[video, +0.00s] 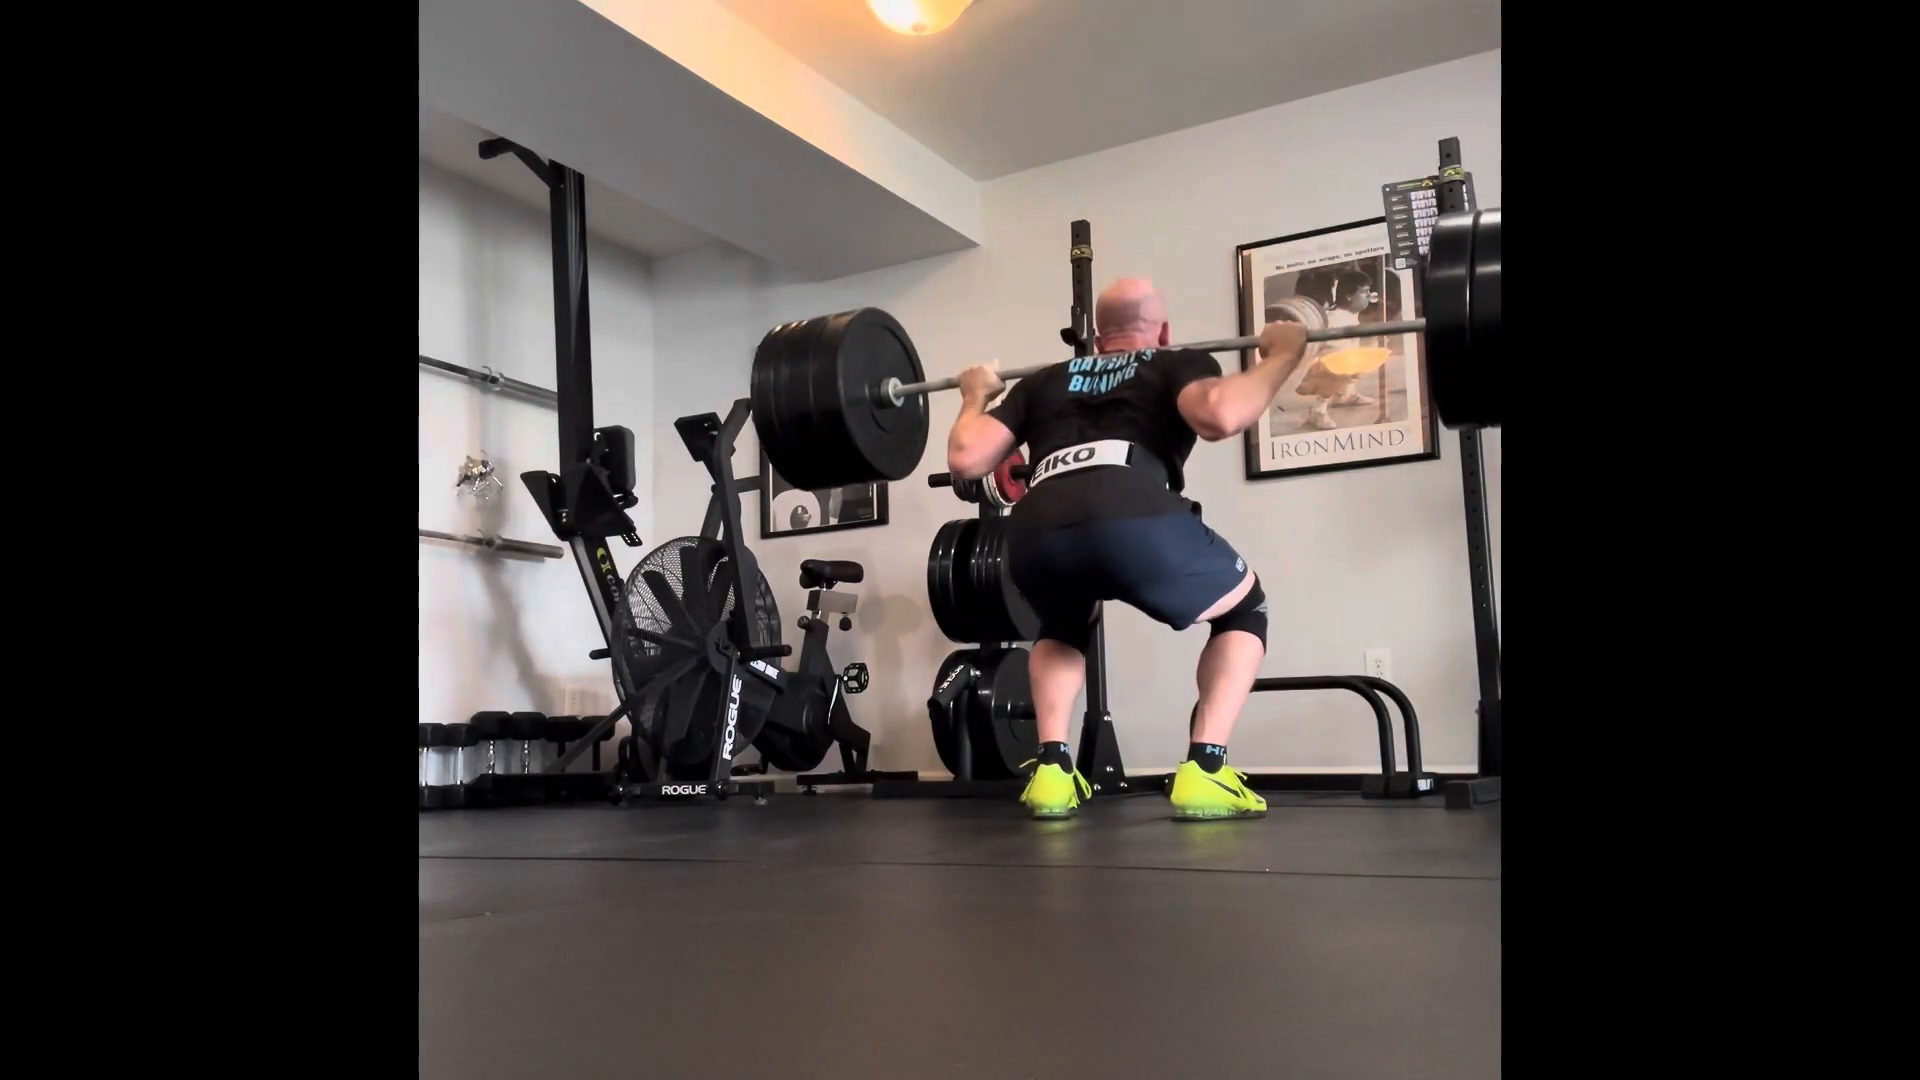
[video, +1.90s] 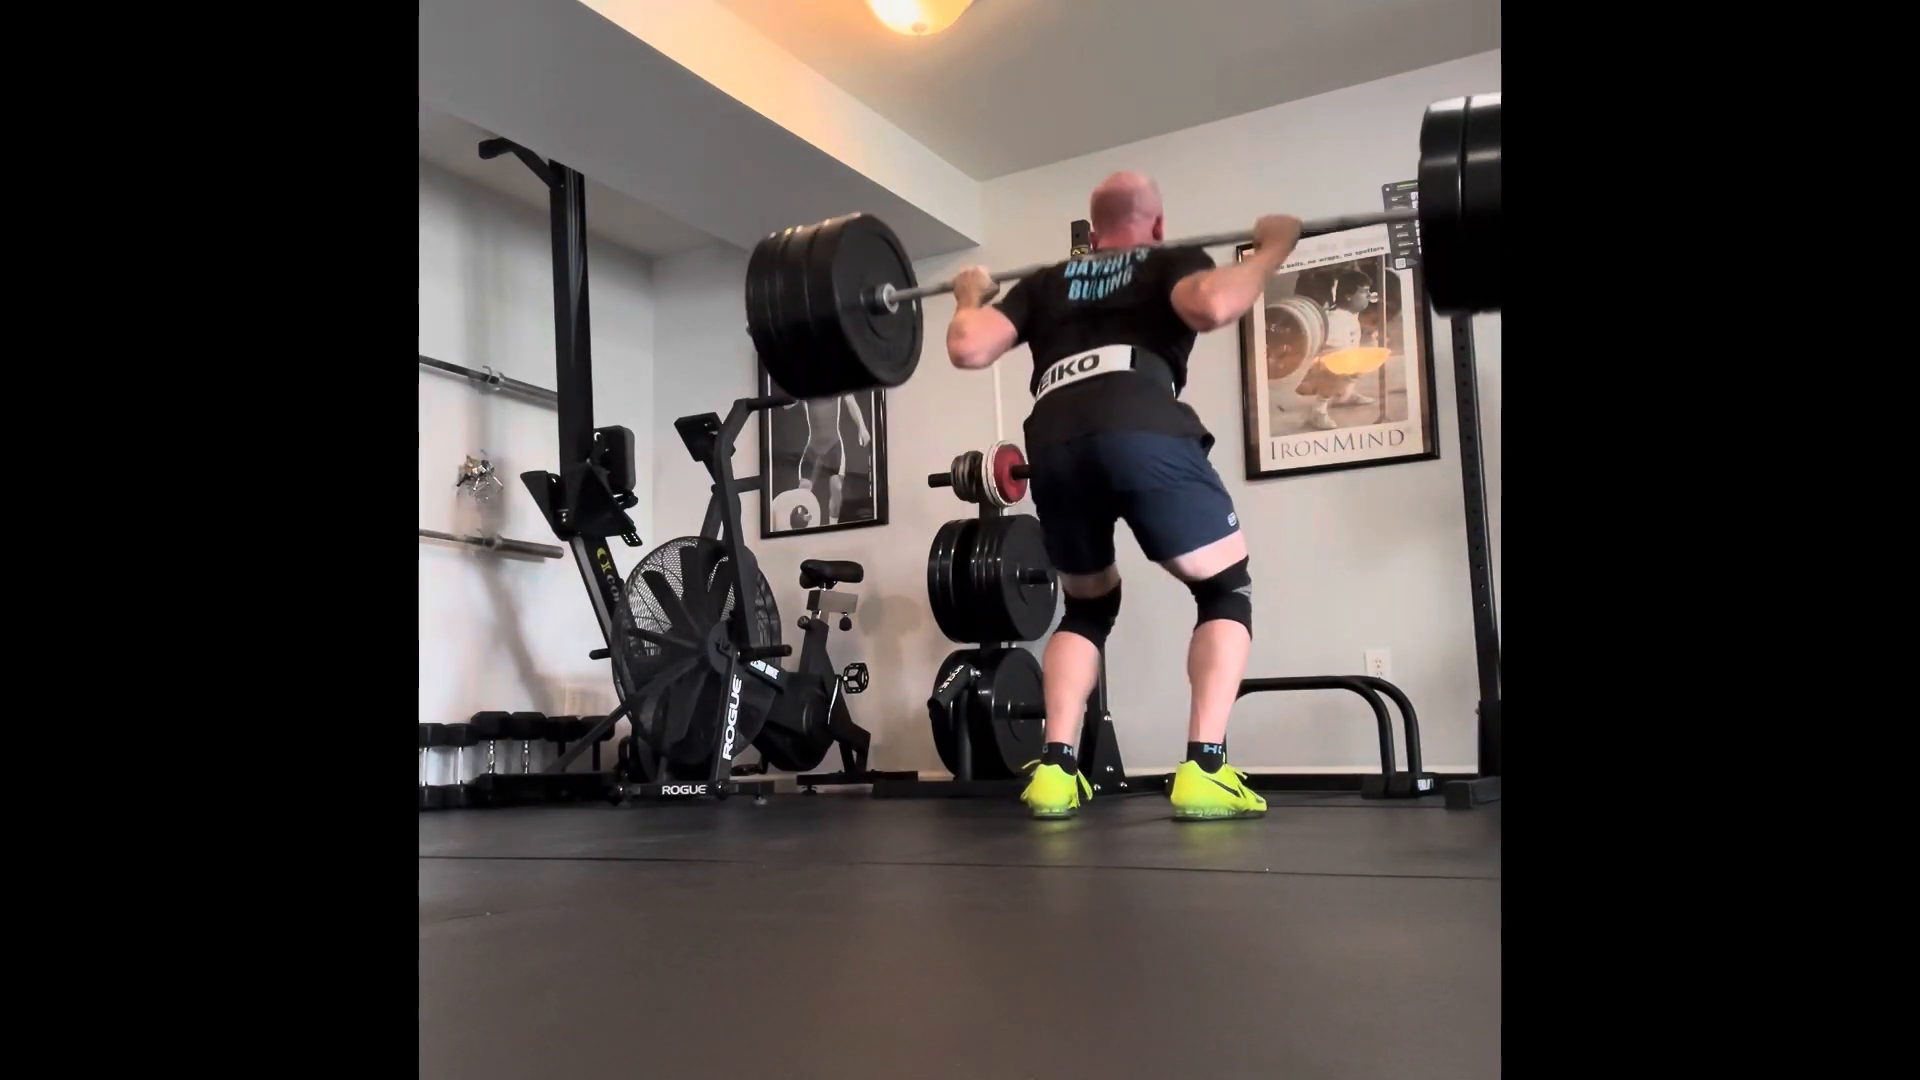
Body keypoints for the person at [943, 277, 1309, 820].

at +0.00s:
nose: (1164, 332)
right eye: (1163, 326)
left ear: (1096, 334)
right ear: (1159, 331)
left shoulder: (1043, 381)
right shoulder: (1174, 363)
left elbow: (965, 459)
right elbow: (1220, 416)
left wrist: (972, 397)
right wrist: (1281, 357)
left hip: (1036, 523)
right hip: (1130, 509)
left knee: (1061, 627)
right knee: (1242, 609)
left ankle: (1051, 768)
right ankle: (1206, 766)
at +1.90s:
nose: (1159, 228)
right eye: (1158, 220)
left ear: (1089, 227)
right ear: (1156, 225)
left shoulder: (1045, 282)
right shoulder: (1169, 259)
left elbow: (967, 349)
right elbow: (1213, 305)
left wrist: (967, 296)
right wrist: (1269, 249)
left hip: (1052, 438)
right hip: (1142, 424)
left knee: (1086, 604)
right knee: (1223, 593)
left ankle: (1056, 765)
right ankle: (1205, 766)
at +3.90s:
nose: (1146, 149)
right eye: (1151, 140)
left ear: (1084, 151)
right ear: (1153, 146)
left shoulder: (1043, 201)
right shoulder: (1165, 176)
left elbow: (967, 259)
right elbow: (1216, 218)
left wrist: (968, 213)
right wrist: (1271, 157)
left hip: (1066, 380)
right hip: (1154, 377)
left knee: (1056, 573)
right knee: (1169, 569)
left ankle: (1050, 764)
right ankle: (1197, 763)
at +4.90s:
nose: (1151, 244)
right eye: (1150, 236)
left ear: (1079, 246)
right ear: (1150, 244)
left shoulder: (1038, 294)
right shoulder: (1165, 271)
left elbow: (956, 346)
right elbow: (1214, 312)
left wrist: (967, 301)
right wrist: (1271, 254)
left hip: (1049, 450)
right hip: (1141, 438)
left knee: (1053, 612)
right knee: (1222, 598)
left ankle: (1050, 765)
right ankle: (1201, 765)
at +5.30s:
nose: (1157, 324)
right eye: (1156, 318)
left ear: (1088, 326)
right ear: (1155, 323)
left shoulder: (1040, 371)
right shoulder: (1168, 353)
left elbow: (957, 441)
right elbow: (1214, 401)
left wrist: (967, 390)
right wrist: (1274, 345)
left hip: (1037, 508)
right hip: (1130, 494)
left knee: (1056, 627)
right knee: (1233, 610)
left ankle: (1051, 769)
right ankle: (1202, 766)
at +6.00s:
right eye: (1169, 413)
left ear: (1101, 420)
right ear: (1168, 419)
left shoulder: (1047, 463)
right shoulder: (1181, 450)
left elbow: (965, 539)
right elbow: (1227, 507)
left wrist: (975, 474)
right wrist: (1289, 447)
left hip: (1042, 615)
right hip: (1143, 604)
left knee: (1042, 637)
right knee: (1247, 614)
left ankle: (1052, 767)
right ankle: (1203, 767)